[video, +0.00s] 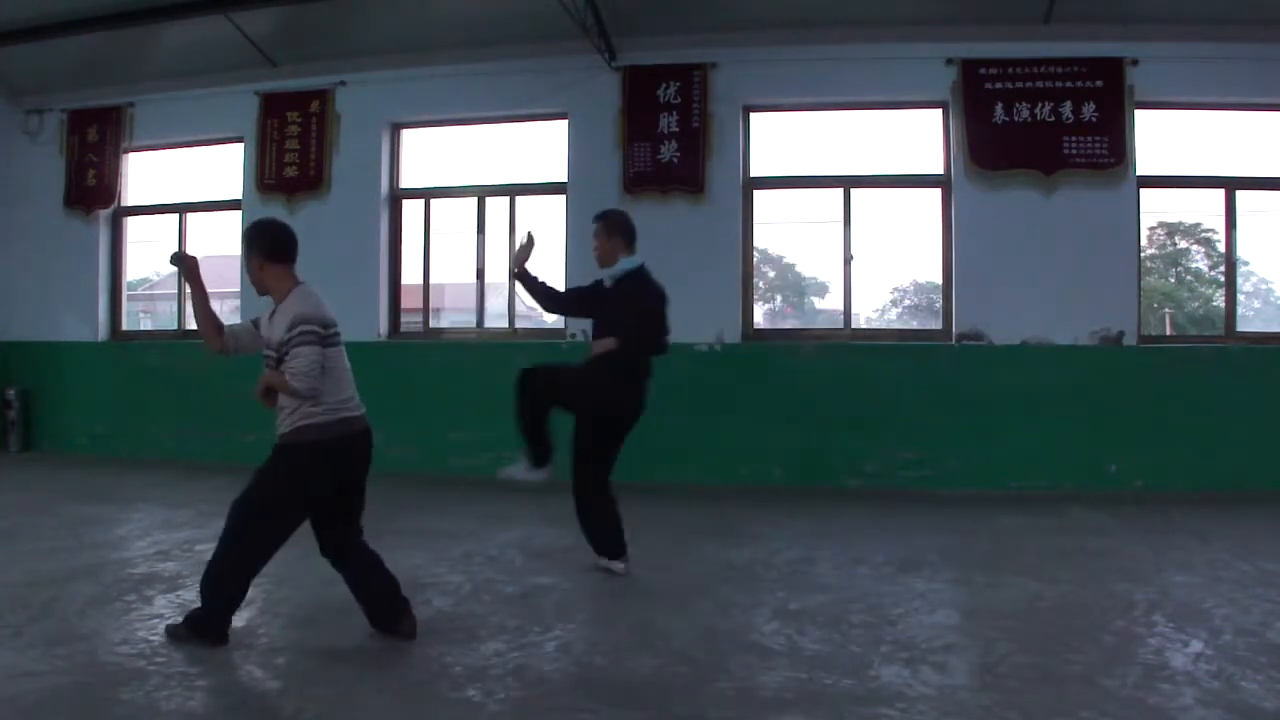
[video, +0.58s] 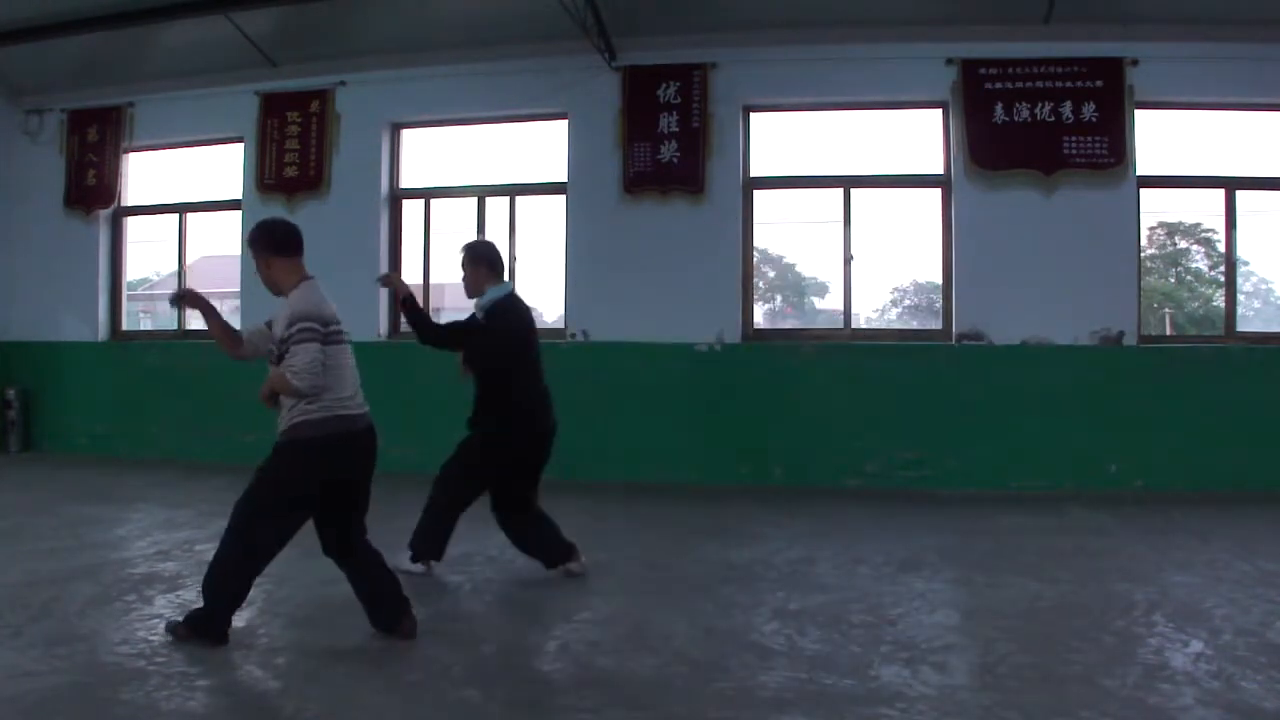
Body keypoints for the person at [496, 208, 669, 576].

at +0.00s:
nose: (593, 246)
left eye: (598, 238)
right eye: (594, 239)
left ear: (617, 241)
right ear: (614, 243)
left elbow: (656, 342)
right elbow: (557, 303)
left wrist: (619, 343)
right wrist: (521, 271)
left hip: (620, 389)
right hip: (601, 387)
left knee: (534, 380)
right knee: (590, 474)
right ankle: (613, 555)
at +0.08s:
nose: (579, 252)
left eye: (584, 244)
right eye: (579, 245)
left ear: (602, 246)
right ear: (606, 247)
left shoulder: (617, 293)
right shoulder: (601, 291)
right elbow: (550, 310)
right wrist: (510, 286)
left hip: (594, 403)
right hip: (581, 396)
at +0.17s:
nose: (569, 254)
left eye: (572, 246)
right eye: (569, 246)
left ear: (588, 247)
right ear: (597, 248)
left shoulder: (597, 295)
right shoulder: (607, 293)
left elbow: (558, 330)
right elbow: (587, 339)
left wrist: (513, 305)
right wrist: (559, 317)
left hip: (564, 405)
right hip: (589, 407)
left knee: (500, 453)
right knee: (570, 484)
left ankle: (462, 528)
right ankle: (611, 555)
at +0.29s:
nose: (531, 258)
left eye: (536, 252)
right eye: (532, 251)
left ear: (551, 254)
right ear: (560, 255)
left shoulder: (548, 299)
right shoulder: (576, 300)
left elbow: (494, 300)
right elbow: (558, 346)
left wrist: (452, 279)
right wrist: (518, 345)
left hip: (533, 414)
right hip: (564, 415)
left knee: (485, 483)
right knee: (558, 497)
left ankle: (432, 555)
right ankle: (607, 556)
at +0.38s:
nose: (494, 265)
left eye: (497, 258)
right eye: (495, 258)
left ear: (510, 260)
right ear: (526, 260)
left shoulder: (517, 304)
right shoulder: (534, 301)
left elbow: (475, 338)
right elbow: (507, 341)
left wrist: (441, 325)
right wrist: (482, 319)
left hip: (515, 420)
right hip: (542, 419)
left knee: (462, 482)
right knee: (536, 500)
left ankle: (424, 556)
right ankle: (586, 546)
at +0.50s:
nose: (473, 278)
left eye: (476, 270)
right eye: (474, 270)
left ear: (488, 270)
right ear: (504, 269)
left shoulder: (508, 314)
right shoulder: (513, 310)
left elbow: (494, 359)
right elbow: (444, 333)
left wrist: (467, 355)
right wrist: (422, 306)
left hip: (512, 428)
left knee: (453, 485)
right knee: (515, 503)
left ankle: (423, 557)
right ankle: (563, 556)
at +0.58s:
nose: (463, 280)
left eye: (465, 272)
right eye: (463, 272)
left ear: (481, 271)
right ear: (495, 271)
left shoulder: (494, 317)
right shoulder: (517, 311)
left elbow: (434, 336)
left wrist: (403, 293)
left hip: (500, 430)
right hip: (532, 427)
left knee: (452, 486)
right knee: (512, 505)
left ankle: (423, 557)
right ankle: (566, 558)